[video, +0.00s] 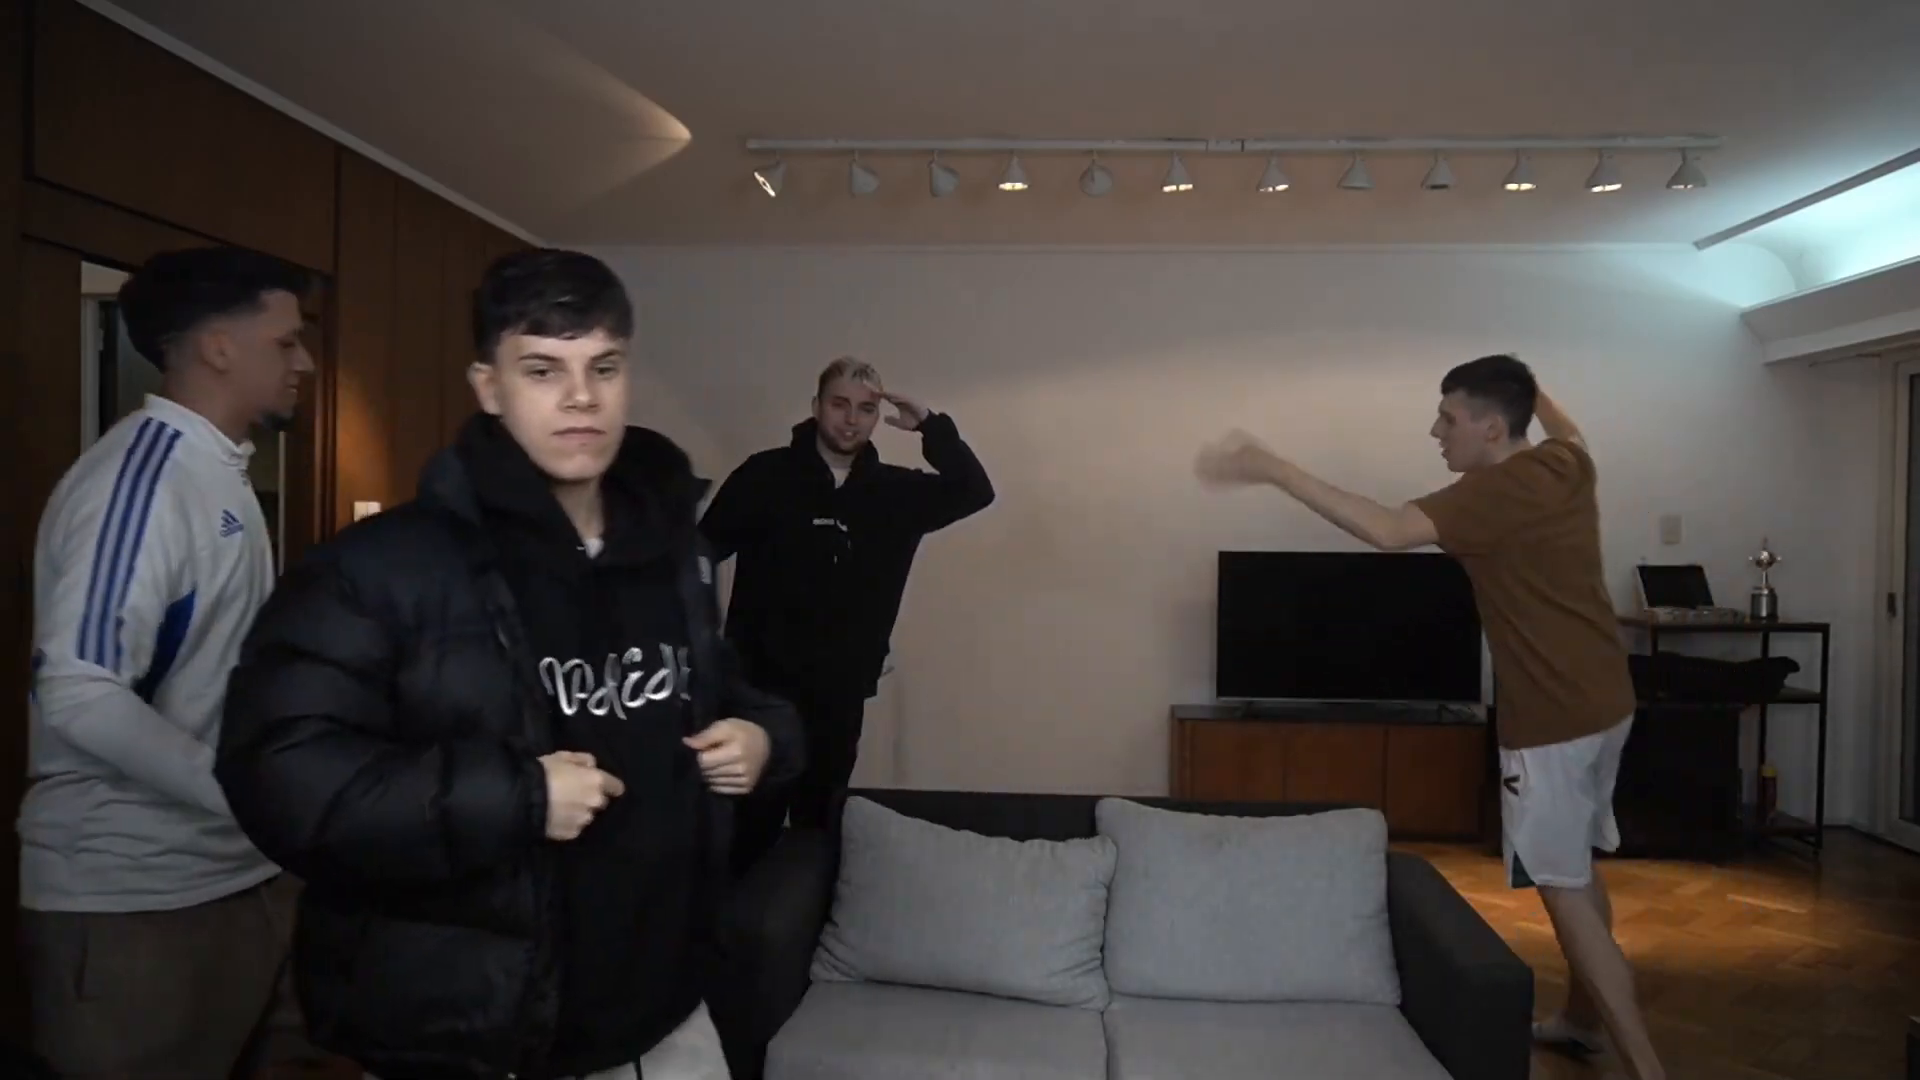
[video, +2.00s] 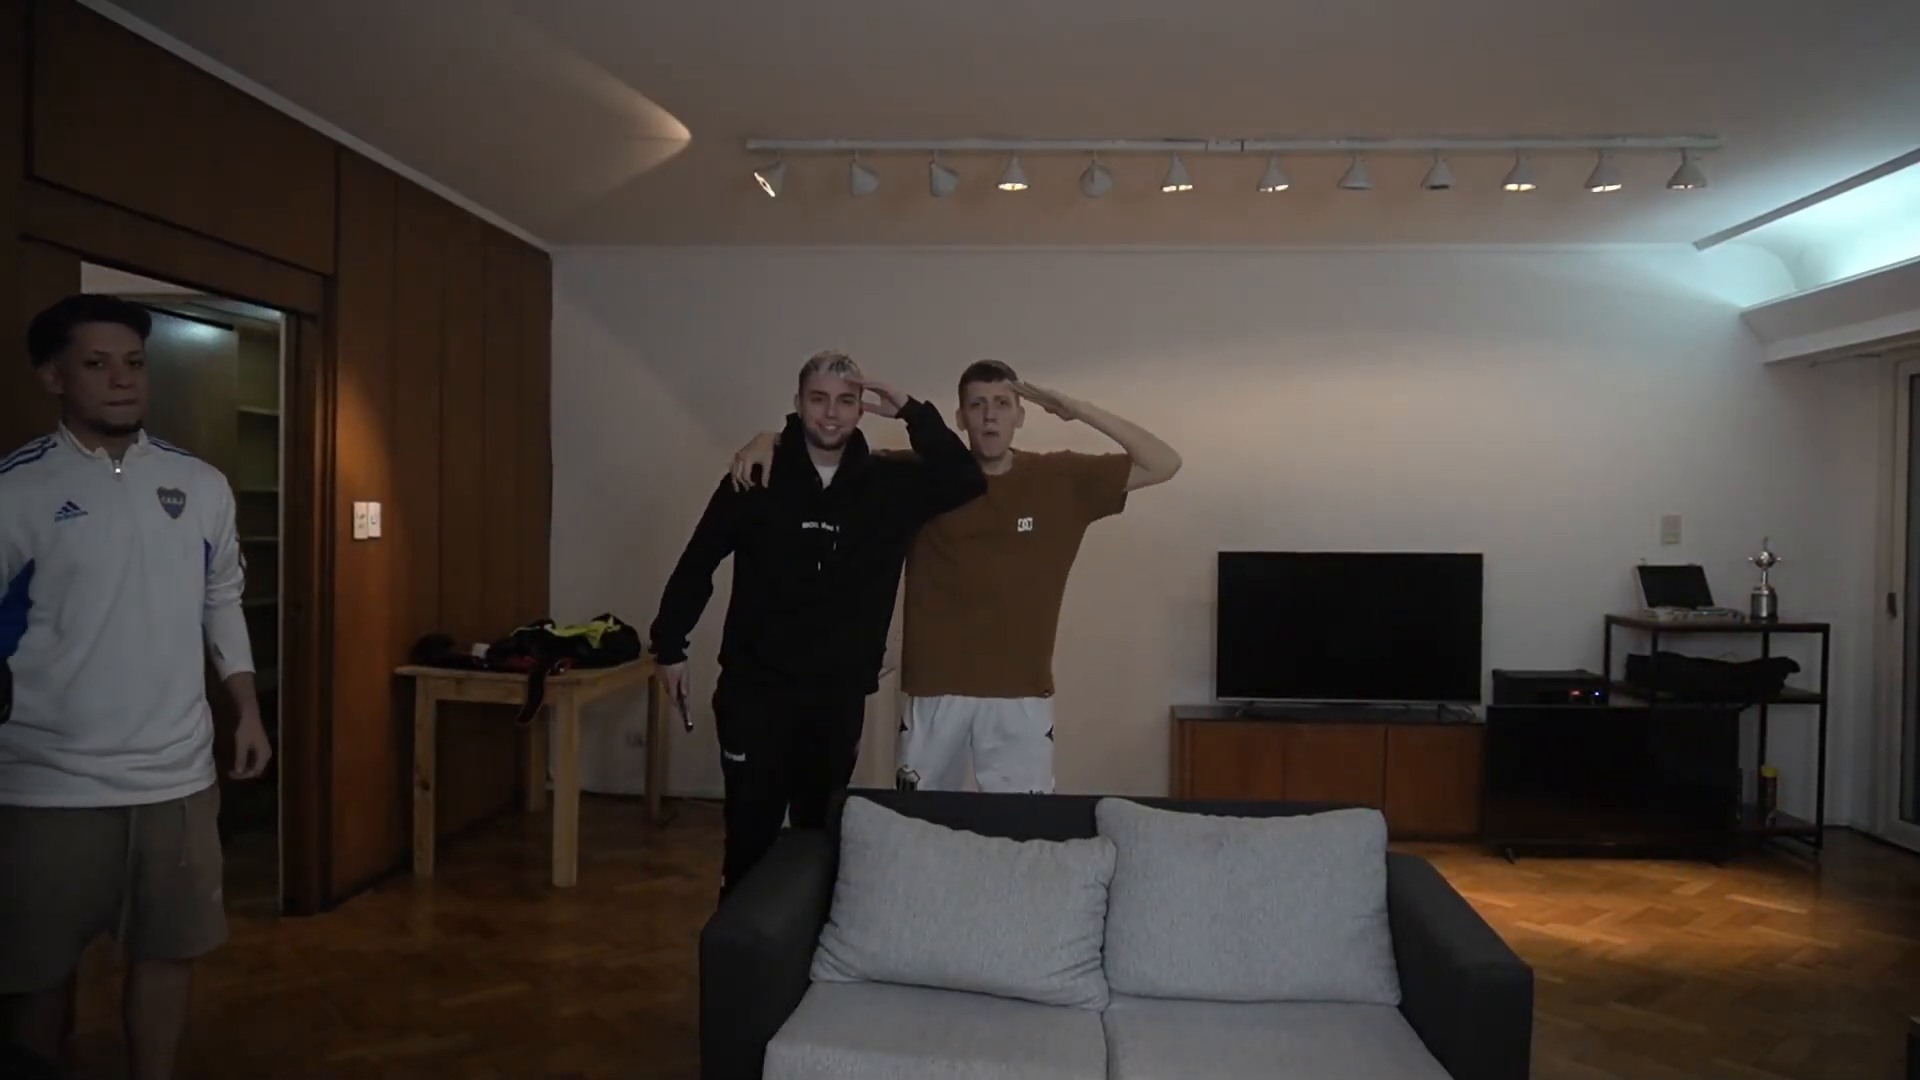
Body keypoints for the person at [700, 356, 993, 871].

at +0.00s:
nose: (851, 418)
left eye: (865, 408)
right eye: (840, 405)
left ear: (878, 418)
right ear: (817, 407)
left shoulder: (897, 493)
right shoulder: (764, 475)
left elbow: (974, 492)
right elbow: (700, 554)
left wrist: (930, 426)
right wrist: (699, 650)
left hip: (839, 688)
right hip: (759, 683)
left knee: (820, 825)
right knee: (749, 825)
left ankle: (810, 934)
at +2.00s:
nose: (831, 411)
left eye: (845, 400)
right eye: (819, 398)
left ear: (861, 410)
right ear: (798, 403)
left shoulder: (891, 484)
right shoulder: (756, 475)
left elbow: (965, 480)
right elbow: (698, 562)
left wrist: (912, 410)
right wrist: (670, 648)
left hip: (837, 690)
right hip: (756, 684)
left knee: (819, 831)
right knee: (751, 832)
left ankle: (814, 956)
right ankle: (740, 959)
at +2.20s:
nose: (820, 412)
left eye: (834, 400)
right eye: (807, 399)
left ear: (852, 408)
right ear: (788, 405)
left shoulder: (886, 482)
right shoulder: (751, 476)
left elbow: (963, 482)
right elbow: (695, 563)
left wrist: (910, 415)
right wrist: (669, 649)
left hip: (836, 689)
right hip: (753, 684)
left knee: (820, 830)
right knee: (749, 832)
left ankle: (815, 956)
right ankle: (740, 959)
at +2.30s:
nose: (819, 413)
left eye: (833, 400)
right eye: (806, 400)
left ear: (851, 409)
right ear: (787, 405)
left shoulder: (885, 484)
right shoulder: (749, 478)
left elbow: (962, 483)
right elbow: (692, 564)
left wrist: (908, 417)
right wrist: (665, 650)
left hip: (833, 691)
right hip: (750, 686)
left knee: (818, 833)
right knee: (748, 835)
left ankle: (814, 959)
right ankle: (739, 962)